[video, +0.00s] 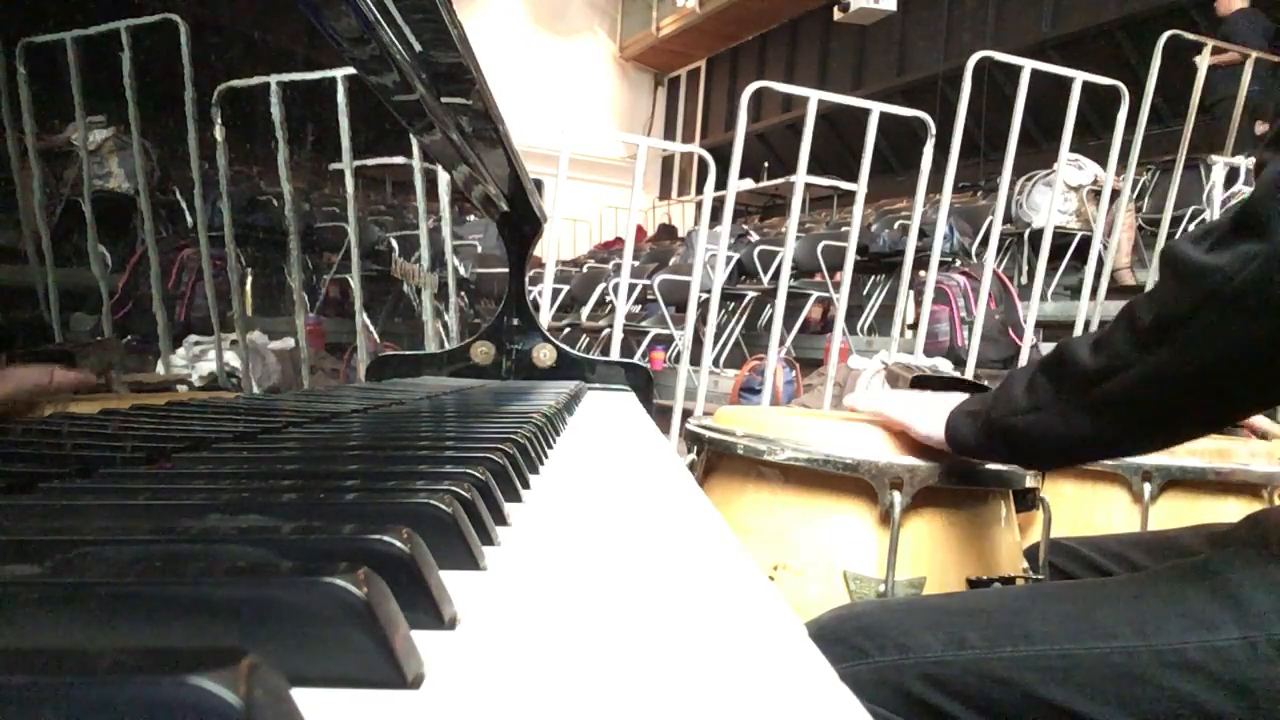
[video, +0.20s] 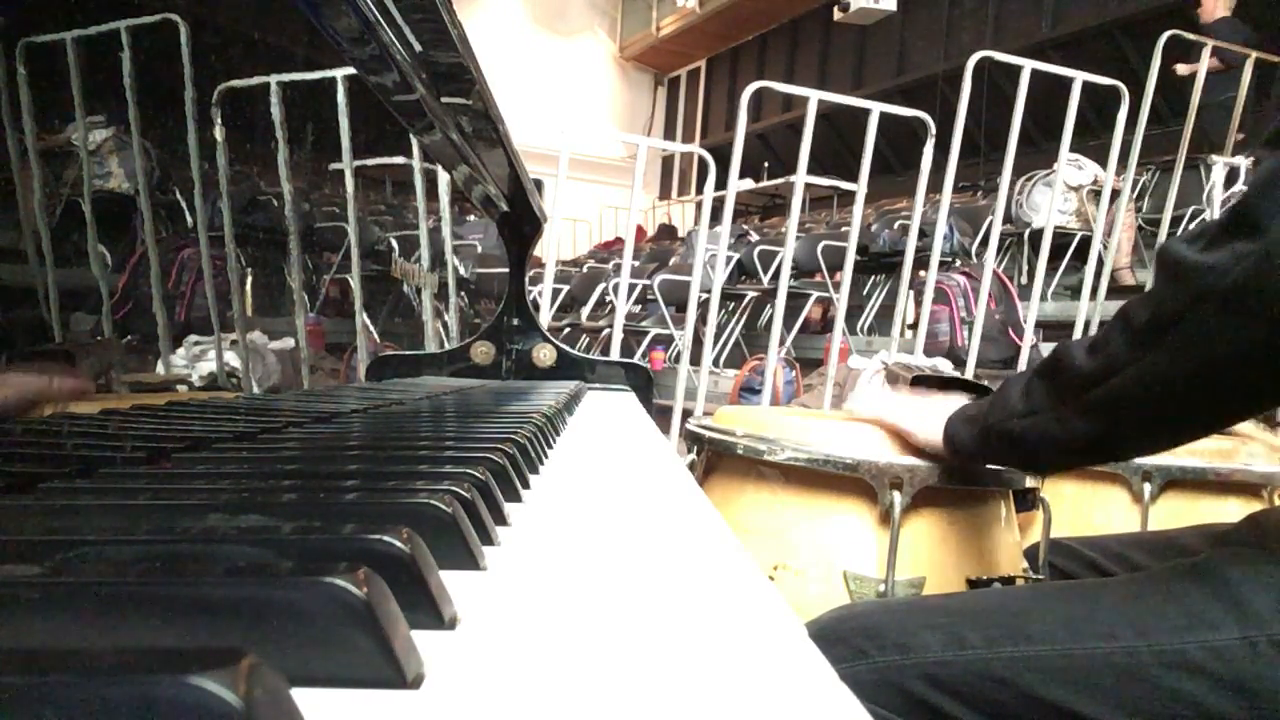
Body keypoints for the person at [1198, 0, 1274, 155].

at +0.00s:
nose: (1215, 5)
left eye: (1218, 1)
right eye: (1216, 2)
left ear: (1231, 2)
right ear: (1241, 2)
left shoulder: (1236, 20)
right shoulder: (1259, 19)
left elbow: (1251, 48)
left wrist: (1213, 59)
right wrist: (1265, 116)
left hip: (1231, 96)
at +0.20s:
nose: (1198, 11)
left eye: (1202, 5)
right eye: (1200, 6)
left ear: (1217, 4)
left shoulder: (1221, 28)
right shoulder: (1239, 28)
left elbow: (1231, 58)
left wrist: (1192, 67)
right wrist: (1242, 126)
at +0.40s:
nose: (1183, 13)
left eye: (1187, 7)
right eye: (1185, 8)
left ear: (1201, 7)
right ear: (1213, 9)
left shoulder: (1194, 30)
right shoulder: (1225, 33)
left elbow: (1193, 59)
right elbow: (1234, 70)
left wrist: (1165, 68)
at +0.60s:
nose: (1170, 16)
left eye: (1173, 11)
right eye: (1171, 11)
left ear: (1186, 11)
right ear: (1197, 12)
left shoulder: (1179, 35)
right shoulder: (1213, 37)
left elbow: (1176, 66)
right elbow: (1222, 81)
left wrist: (1150, 74)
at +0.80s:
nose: (1158, 20)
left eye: (1161, 15)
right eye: (1159, 15)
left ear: (1174, 15)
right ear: (1184, 16)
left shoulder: (1170, 37)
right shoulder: (1202, 39)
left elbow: (1166, 70)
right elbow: (1210, 84)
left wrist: (1145, 78)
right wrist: (1207, 127)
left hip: (1172, 102)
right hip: (1197, 101)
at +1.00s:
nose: (1144, 25)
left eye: (1148, 20)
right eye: (1146, 20)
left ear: (1161, 20)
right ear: (1172, 21)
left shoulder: (1152, 43)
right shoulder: (1192, 43)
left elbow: (1148, 72)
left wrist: (1133, 85)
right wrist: (1134, 84)